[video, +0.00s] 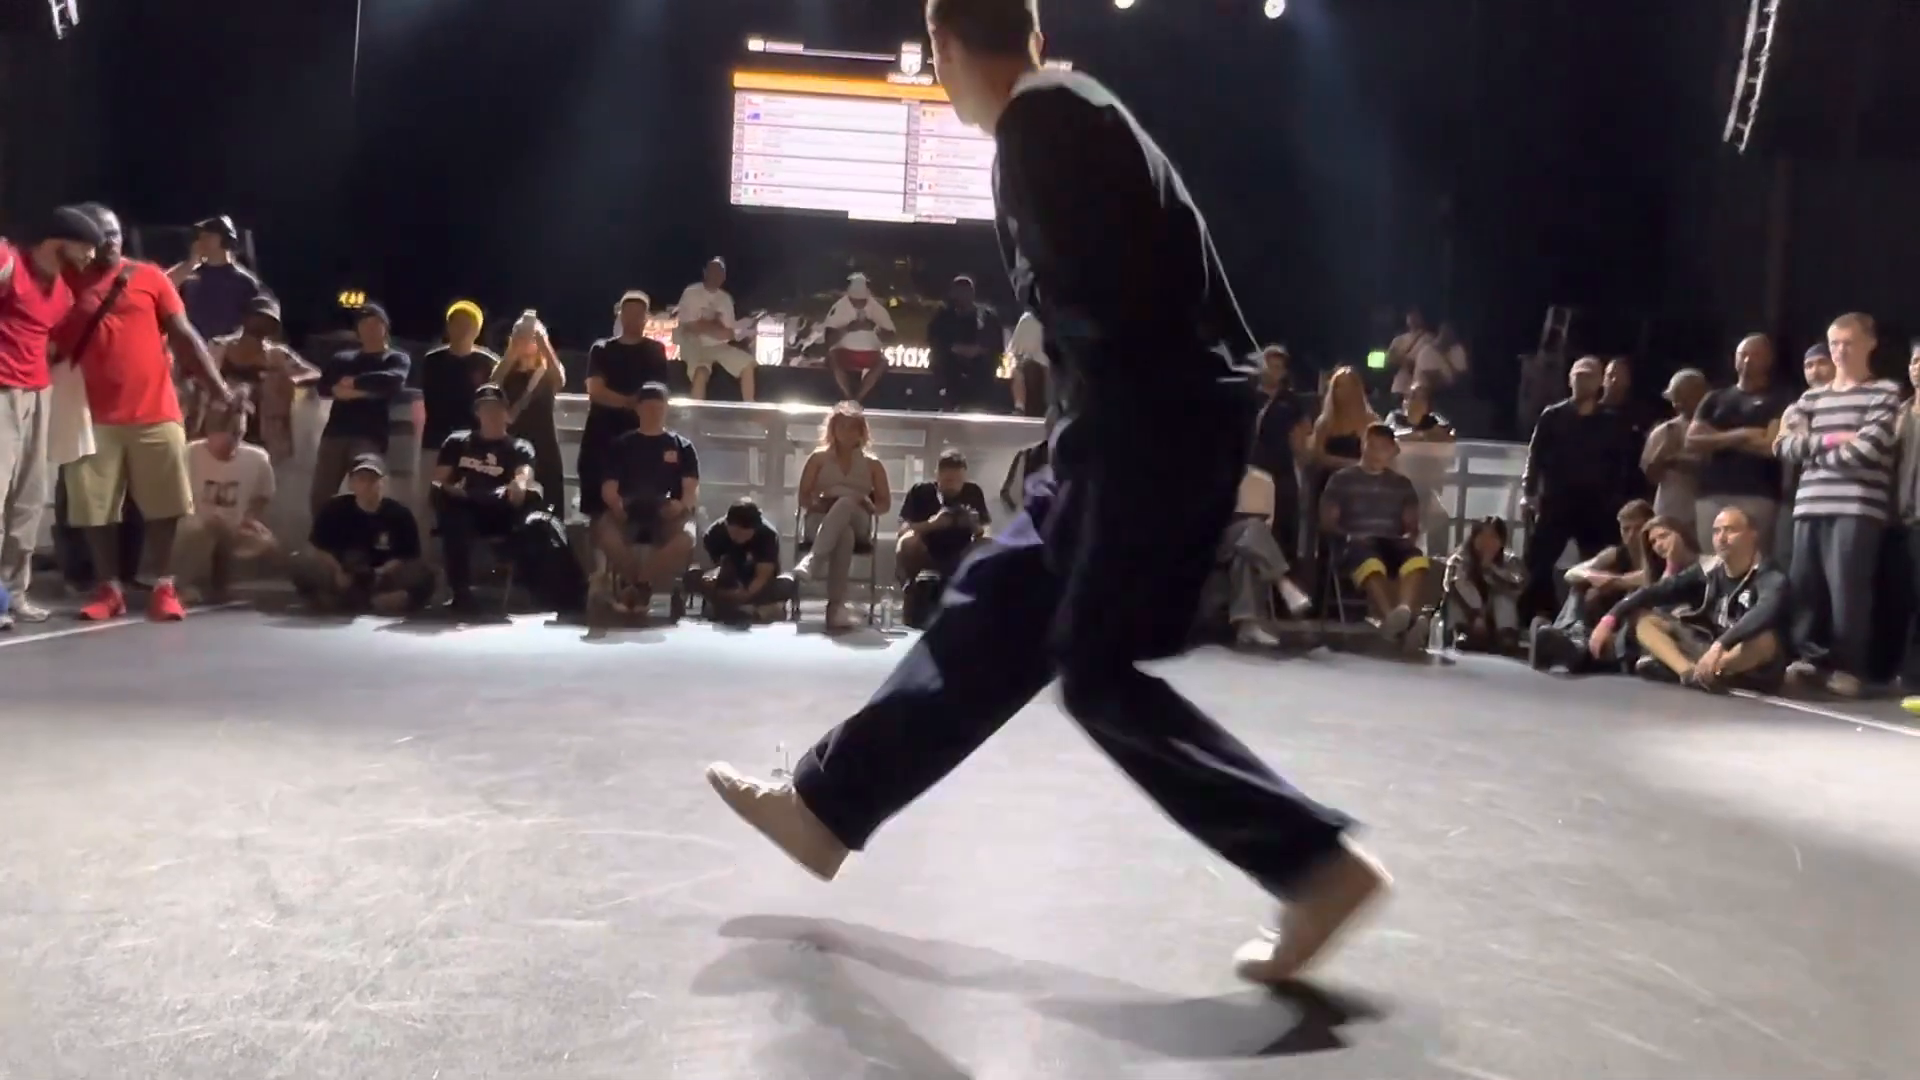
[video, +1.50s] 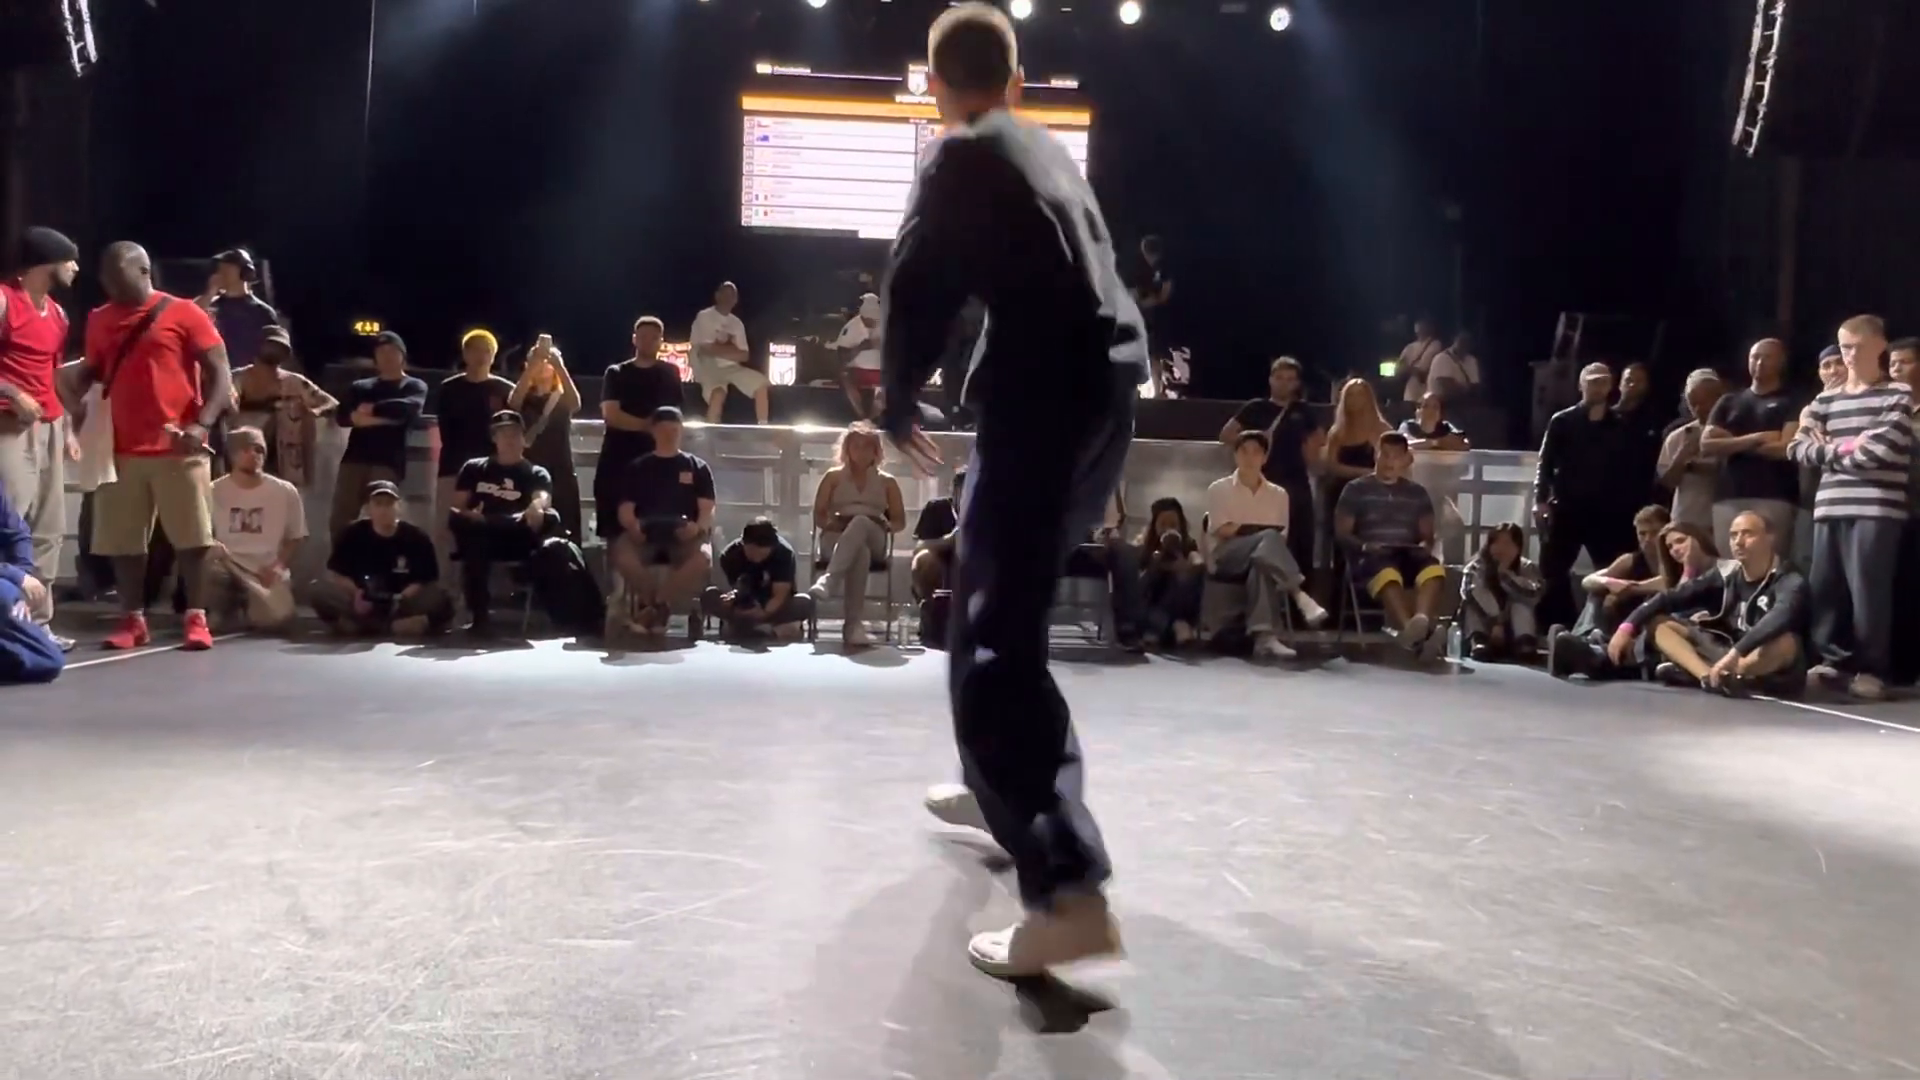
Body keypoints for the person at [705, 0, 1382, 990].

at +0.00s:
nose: (934, 75)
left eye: (934, 54)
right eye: (934, 56)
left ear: (959, 49)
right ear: (1021, 37)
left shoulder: (1042, 117)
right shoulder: (1068, 115)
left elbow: (1094, 296)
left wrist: (1028, 330)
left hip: (1160, 429)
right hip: (1122, 430)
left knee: (1097, 674)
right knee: (994, 612)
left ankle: (1317, 867)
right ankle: (829, 809)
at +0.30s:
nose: (995, 80)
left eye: (995, 65)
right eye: (1002, 68)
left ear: (1003, 61)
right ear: (1089, 69)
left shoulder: (996, 131)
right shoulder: (1171, 172)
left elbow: (871, 229)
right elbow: (1260, 298)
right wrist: (1249, 458)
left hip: (1018, 444)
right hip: (1114, 460)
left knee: (887, 626)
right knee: (935, 621)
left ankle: (985, 835)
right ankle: (979, 872)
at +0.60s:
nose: (1018, 82)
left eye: (1019, 69)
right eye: (1029, 72)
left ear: (1028, 70)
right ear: (1110, 84)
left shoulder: (963, 145)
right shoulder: (1139, 164)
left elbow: (841, 206)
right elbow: (1153, 303)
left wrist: (738, 299)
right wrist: (1113, 360)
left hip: (970, 404)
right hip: (1074, 416)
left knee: (1022, 626)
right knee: (994, 633)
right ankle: (843, 808)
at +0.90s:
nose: (1176, 65)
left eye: (1179, 47)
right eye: (1164, 43)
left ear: (1124, 49)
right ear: (1102, 40)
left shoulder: (1107, 172)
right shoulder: (1049, 109)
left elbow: (1096, 304)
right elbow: (990, 146)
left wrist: (1104, 353)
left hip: (1030, 394)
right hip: (957, 386)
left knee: (1057, 629)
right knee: (909, 615)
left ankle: (1094, 873)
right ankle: (841, 813)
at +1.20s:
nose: (973, 37)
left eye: (972, 25)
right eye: (1038, 26)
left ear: (970, 32)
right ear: (1060, 34)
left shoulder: (973, 138)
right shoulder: (1088, 130)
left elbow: (917, 303)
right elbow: (1128, 275)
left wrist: (967, 391)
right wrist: (1070, 350)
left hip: (997, 425)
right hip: (1078, 417)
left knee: (964, 647)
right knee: (1068, 629)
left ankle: (1036, 890)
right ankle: (1091, 837)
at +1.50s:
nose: (925, 94)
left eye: (925, 79)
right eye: (932, 78)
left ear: (936, 83)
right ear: (1011, 78)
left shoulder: (958, 159)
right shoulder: (1047, 150)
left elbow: (922, 287)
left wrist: (897, 408)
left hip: (1038, 405)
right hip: (1102, 395)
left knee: (994, 636)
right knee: (1000, 599)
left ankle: (1069, 895)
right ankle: (1004, 788)